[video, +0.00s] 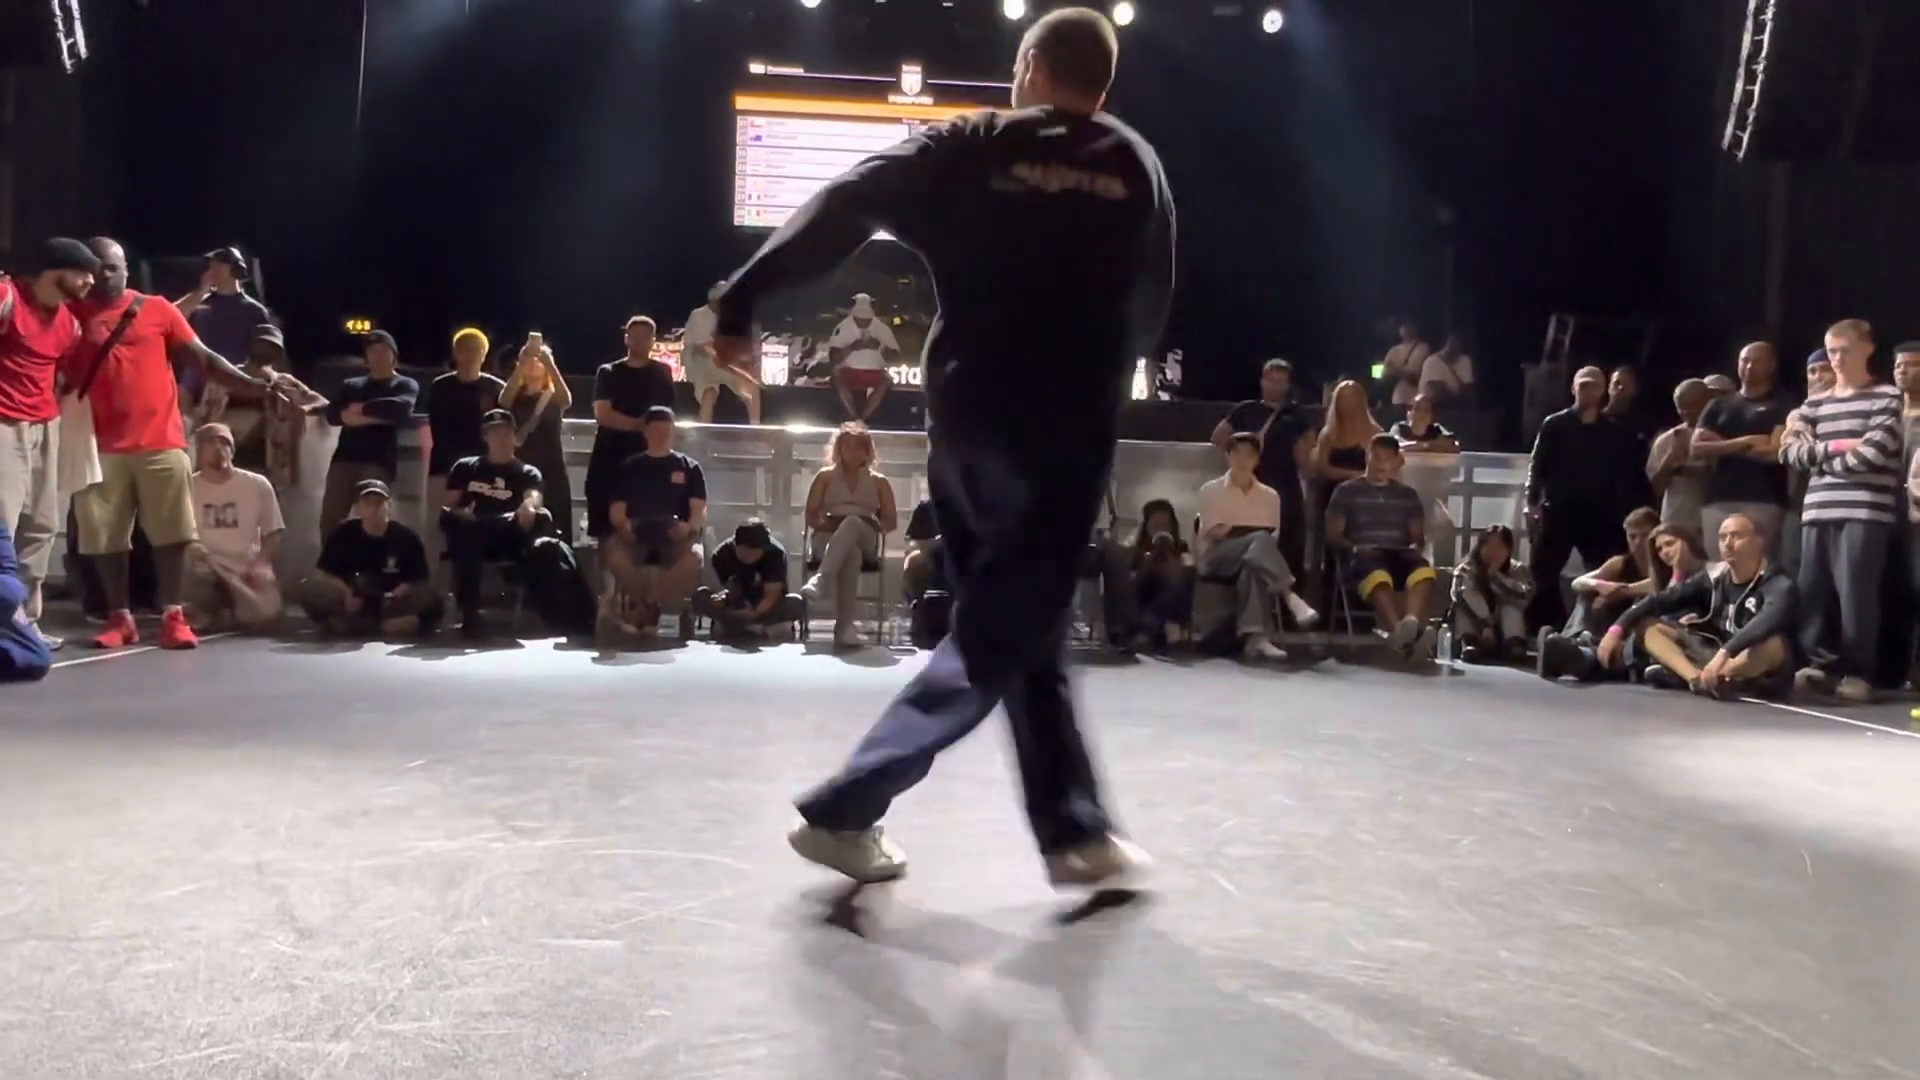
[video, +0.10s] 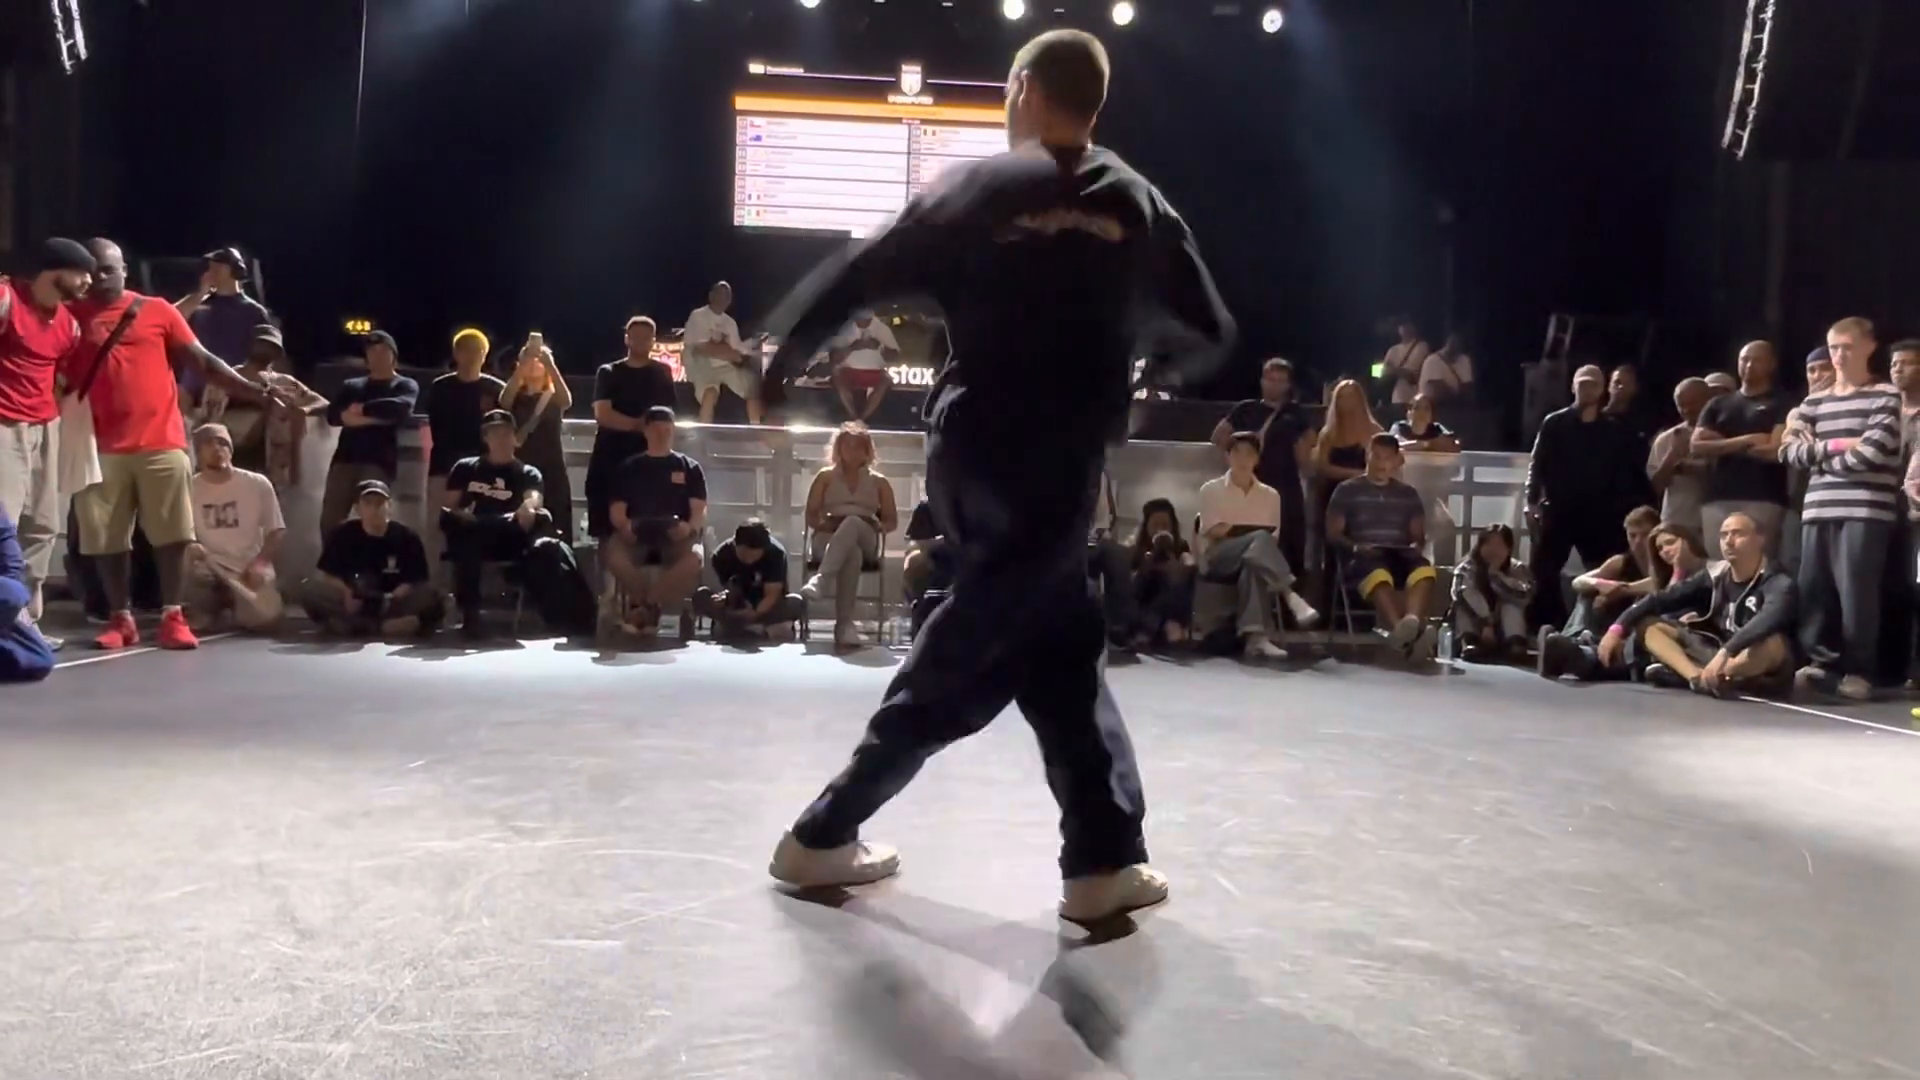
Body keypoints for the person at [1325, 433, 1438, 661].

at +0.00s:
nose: (1380, 464)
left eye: (1387, 458)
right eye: (1376, 457)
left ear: (1397, 463)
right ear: (1367, 458)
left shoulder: (1408, 495)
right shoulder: (1346, 491)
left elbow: (1417, 538)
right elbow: (1333, 535)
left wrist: (1412, 550)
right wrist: (1357, 549)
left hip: (1400, 551)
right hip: (1366, 550)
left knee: (1424, 573)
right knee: (1379, 580)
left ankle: (1410, 630)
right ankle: (1403, 637)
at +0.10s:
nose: (1381, 463)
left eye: (1387, 458)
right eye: (1376, 457)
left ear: (1397, 461)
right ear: (1368, 458)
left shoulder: (1408, 494)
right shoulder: (1347, 490)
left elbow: (1418, 537)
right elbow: (1333, 534)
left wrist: (1414, 548)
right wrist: (1357, 548)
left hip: (1400, 551)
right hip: (1367, 549)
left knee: (1425, 572)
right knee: (1379, 578)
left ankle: (1410, 628)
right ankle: (1405, 637)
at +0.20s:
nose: (1381, 463)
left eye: (1387, 457)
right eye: (1376, 456)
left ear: (1398, 461)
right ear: (1368, 457)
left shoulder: (1409, 493)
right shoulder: (1347, 490)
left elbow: (1418, 536)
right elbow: (1334, 534)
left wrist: (1414, 548)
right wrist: (1358, 548)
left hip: (1401, 551)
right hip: (1367, 549)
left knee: (1425, 571)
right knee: (1380, 577)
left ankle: (1411, 628)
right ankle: (1405, 637)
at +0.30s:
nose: (1381, 463)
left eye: (1388, 457)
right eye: (1377, 456)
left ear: (1398, 461)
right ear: (1368, 457)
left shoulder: (1409, 493)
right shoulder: (1348, 490)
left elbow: (1419, 536)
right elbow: (1334, 534)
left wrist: (1415, 548)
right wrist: (1358, 548)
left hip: (1401, 551)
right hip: (1368, 549)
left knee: (1426, 571)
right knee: (1381, 577)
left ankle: (1412, 628)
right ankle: (1406, 636)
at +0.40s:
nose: (1382, 463)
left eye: (1389, 457)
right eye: (1378, 456)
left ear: (1400, 461)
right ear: (1369, 458)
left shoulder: (1410, 494)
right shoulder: (1349, 490)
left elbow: (1421, 537)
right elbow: (1335, 534)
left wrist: (1416, 548)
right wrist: (1359, 548)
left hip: (1402, 551)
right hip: (1368, 550)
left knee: (1427, 572)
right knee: (1381, 578)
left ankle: (1412, 629)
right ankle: (1409, 638)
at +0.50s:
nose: (1384, 464)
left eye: (1390, 458)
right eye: (1379, 457)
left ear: (1401, 463)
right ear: (1371, 459)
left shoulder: (1412, 495)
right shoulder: (1350, 492)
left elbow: (1422, 537)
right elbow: (1337, 535)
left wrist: (1418, 549)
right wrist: (1361, 549)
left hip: (1403, 553)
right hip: (1370, 551)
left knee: (1428, 572)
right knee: (1383, 578)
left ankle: (1414, 630)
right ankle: (1410, 641)